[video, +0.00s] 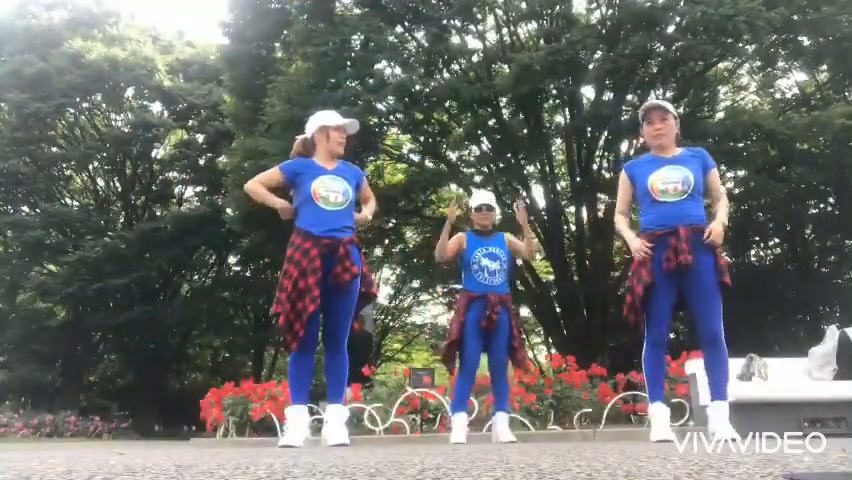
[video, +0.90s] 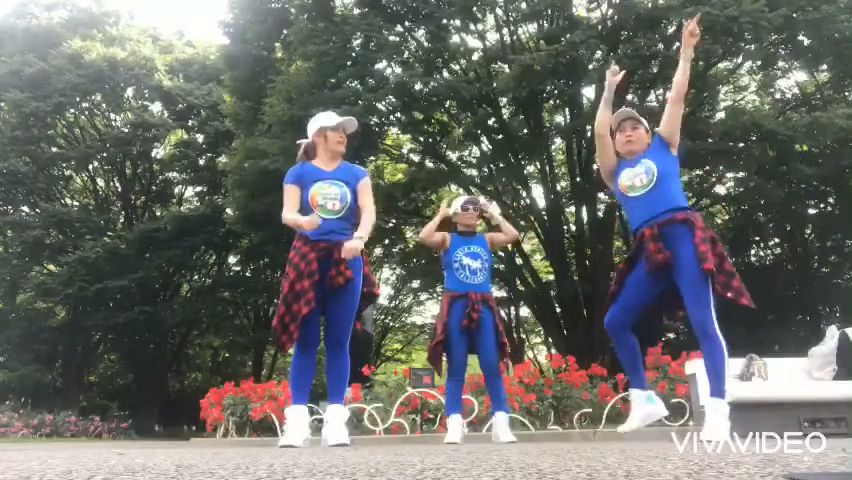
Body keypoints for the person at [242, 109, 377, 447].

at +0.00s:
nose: (345, 137)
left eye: (345, 133)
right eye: (339, 132)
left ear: (343, 138)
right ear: (320, 135)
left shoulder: (354, 173)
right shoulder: (298, 167)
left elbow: (370, 199)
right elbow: (253, 185)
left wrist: (366, 212)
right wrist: (278, 203)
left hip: (345, 254)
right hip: (307, 253)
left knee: (337, 340)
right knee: (303, 337)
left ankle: (336, 420)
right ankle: (297, 420)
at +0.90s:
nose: (343, 135)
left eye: (344, 131)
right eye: (336, 130)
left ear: (343, 138)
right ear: (319, 136)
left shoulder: (357, 174)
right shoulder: (297, 173)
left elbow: (369, 211)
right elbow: (287, 214)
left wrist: (359, 237)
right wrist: (302, 220)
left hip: (347, 259)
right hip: (310, 259)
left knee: (339, 341)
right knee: (306, 340)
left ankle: (336, 417)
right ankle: (297, 417)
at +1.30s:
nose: (347, 136)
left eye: (347, 132)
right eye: (340, 131)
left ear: (341, 137)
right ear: (321, 135)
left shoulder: (357, 176)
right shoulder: (297, 172)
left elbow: (375, 222)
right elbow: (277, 222)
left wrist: (385, 263)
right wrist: (263, 266)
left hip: (348, 257)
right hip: (308, 255)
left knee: (339, 339)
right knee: (306, 339)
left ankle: (336, 418)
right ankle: (297, 418)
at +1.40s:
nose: (346, 137)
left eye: (347, 133)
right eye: (340, 131)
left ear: (344, 138)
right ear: (320, 134)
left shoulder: (355, 176)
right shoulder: (297, 172)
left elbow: (376, 221)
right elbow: (279, 219)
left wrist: (383, 261)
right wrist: (274, 258)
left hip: (347, 255)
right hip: (307, 254)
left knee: (339, 339)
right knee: (306, 339)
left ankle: (336, 419)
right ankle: (297, 420)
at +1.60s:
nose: (349, 137)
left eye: (349, 132)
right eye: (343, 131)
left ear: (343, 138)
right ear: (323, 135)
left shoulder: (357, 179)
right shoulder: (297, 173)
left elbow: (369, 223)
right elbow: (280, 219)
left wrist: (372, 252)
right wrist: (294, 248)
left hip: (348, 256)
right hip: (309, 254)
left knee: (339, 340)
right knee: (307, 339)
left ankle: (336, 417)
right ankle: (297, 417)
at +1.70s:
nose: (350, 137)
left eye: (350, 132)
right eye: (344, 131)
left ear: (342, 137)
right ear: (325, 135)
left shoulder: (357, 178)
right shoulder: (298, 173)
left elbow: (367, 223)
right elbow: (281, 219)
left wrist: (369, 254)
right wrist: (293, 254)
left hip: (348, 256)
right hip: (309, 254)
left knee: (339, 339)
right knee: (307, 339)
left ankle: (336, 418)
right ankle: (297, 418)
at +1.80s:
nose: (346, 137)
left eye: (347, 133)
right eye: (339, 131)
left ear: (348, 139)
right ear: (321, 136)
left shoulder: (358, 180)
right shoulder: (299, 173)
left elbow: (365, 225)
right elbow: (286, 222)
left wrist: (365, 262)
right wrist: (285, 266)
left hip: (348, 257)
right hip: (308, 256)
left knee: (339, 340)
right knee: (306, 340)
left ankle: (336, 418)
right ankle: (297, 418)